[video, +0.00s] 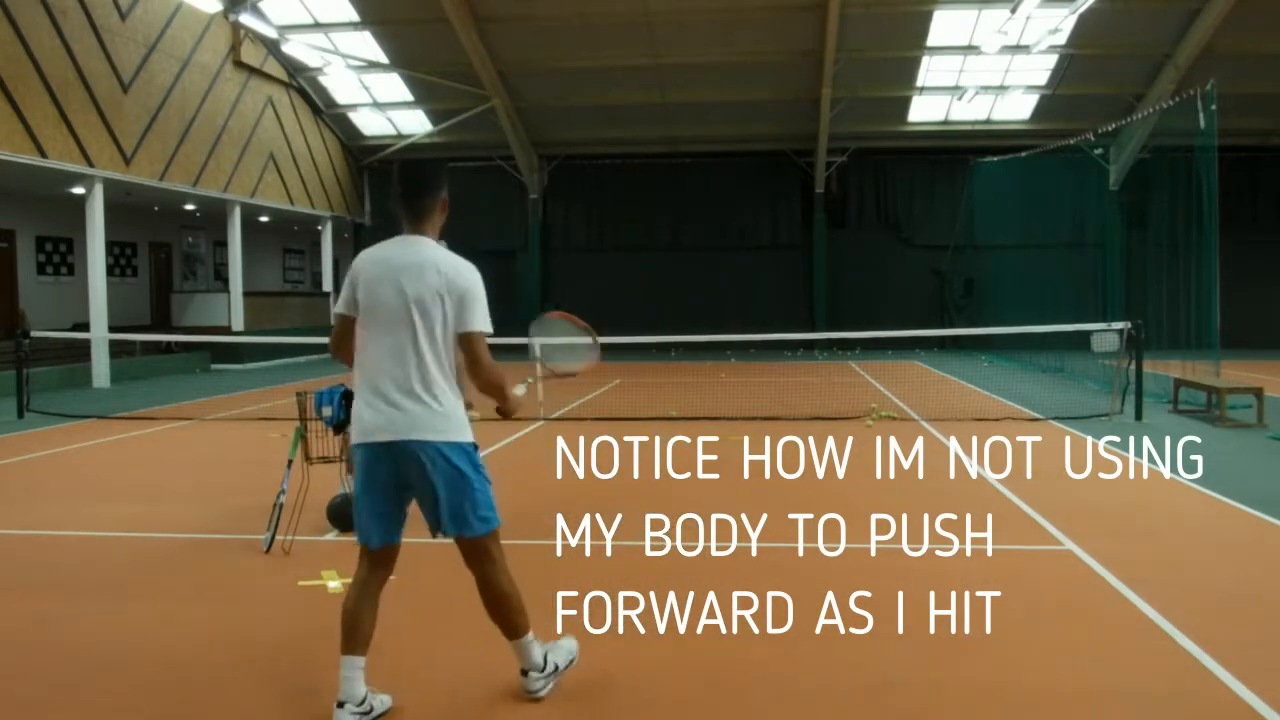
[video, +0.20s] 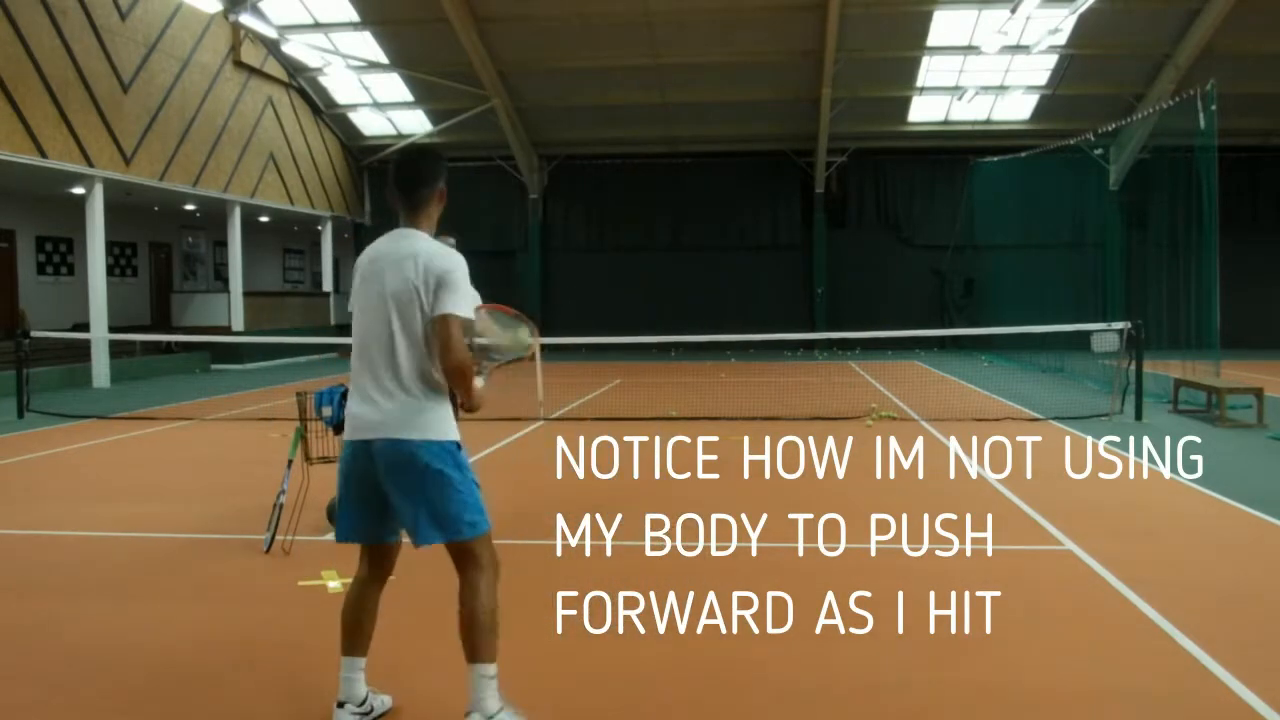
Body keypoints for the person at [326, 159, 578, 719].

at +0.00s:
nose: (446, 211)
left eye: (441, 203)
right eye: (446, 203)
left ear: (397, 208)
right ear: (442, 207)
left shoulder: (364, 263)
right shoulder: (458, 272)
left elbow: (342, 346)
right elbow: (478, 364)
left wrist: (395, 369)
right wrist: (509, 400)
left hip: (372, 435)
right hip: (438, 434)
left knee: (372, 566)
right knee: (486, 558)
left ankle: (350, 694)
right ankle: (535, 664)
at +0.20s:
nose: (445, 198)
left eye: (434, 190)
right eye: (445, 190)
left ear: (395, 195)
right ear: (440, 194)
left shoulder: (367, 259)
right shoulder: (443, 262)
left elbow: (383, 341)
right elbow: (453, 355)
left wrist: (453, 337)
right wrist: (468, 393)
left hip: (362, 440)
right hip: (423, 440)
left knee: (373, 566)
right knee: (478, 563)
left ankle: (350, 695)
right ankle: (485, 702)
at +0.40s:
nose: (469, 211)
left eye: (465, 204)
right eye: (469, 204)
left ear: (420, 207)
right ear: (464, 207)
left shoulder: (397, 269)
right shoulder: (455, 274)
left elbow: (408, 359)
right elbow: (458, 378)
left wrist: (477, 358)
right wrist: (486, 410)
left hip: (383, 449)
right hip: (429, 454)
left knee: (404, 569)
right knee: (459, 593)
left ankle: (356, 697)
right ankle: (416, 715)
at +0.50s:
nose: (487, 215)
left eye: (483, 207)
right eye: (486, 208)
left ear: (435, 212)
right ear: (480, 212)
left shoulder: (406, 277)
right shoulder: (465, 282)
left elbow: (430, 366)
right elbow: (478, 387)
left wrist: (512, 358)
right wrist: (515, 417)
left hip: (397, 452)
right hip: (433, 457)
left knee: (436, 565)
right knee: (475, 598)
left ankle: (369, 671)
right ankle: (421, 712)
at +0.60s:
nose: (500, 213)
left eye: (495, 205)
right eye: (501, 205)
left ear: (452, 207)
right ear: (495, 208)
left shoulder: (435, 268)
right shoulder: (473, 277)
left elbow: (468, 355)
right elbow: (496, 377)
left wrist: (542, 349)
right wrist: (543, 405)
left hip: (420, 442)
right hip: (439, 449)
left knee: (490, 539)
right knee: (472, 596)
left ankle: (409, 656)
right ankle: (422, 710)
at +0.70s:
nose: (516, 215)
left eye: (512, 205)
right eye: (516, 206)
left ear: (467, 208)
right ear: (507, 209)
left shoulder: (459, 267)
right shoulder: (478, 273)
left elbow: (509, 347)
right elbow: (522, 365)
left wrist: (580, 326)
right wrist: (583, 379)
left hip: (459, 443)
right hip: (446, 447)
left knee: (507, 542)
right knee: (460, 591)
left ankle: (470, 662)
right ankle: (415, 712)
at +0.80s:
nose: (531, 224)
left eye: (530, 216)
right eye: (530, 215)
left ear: (484, 218)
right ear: (520, 220)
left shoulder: (503, 279)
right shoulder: (481, 278)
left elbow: (557, 334)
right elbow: (537, 342)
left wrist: (613, 304)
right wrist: (617, 340)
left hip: (485, 453)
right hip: (457, 455)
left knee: (533, 548)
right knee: (466, 593)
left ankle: (489, 666)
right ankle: (416, 712)